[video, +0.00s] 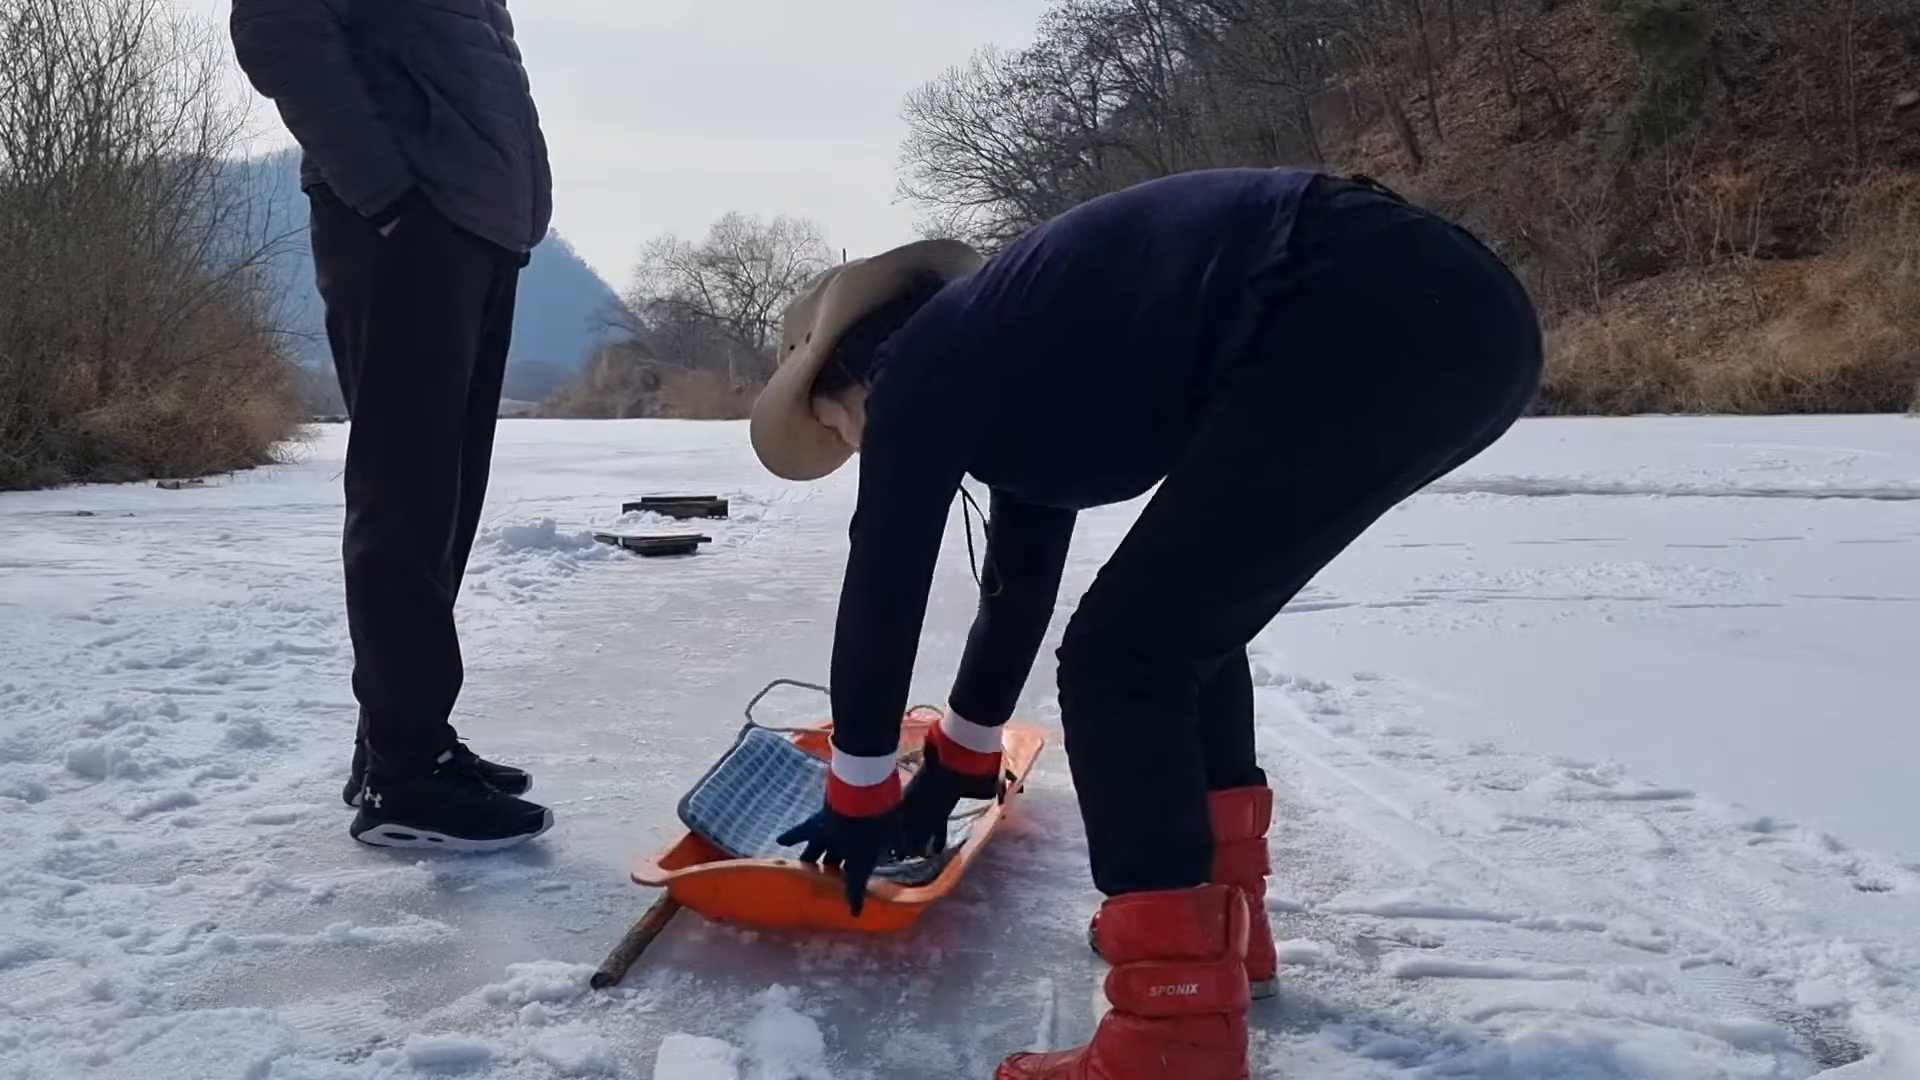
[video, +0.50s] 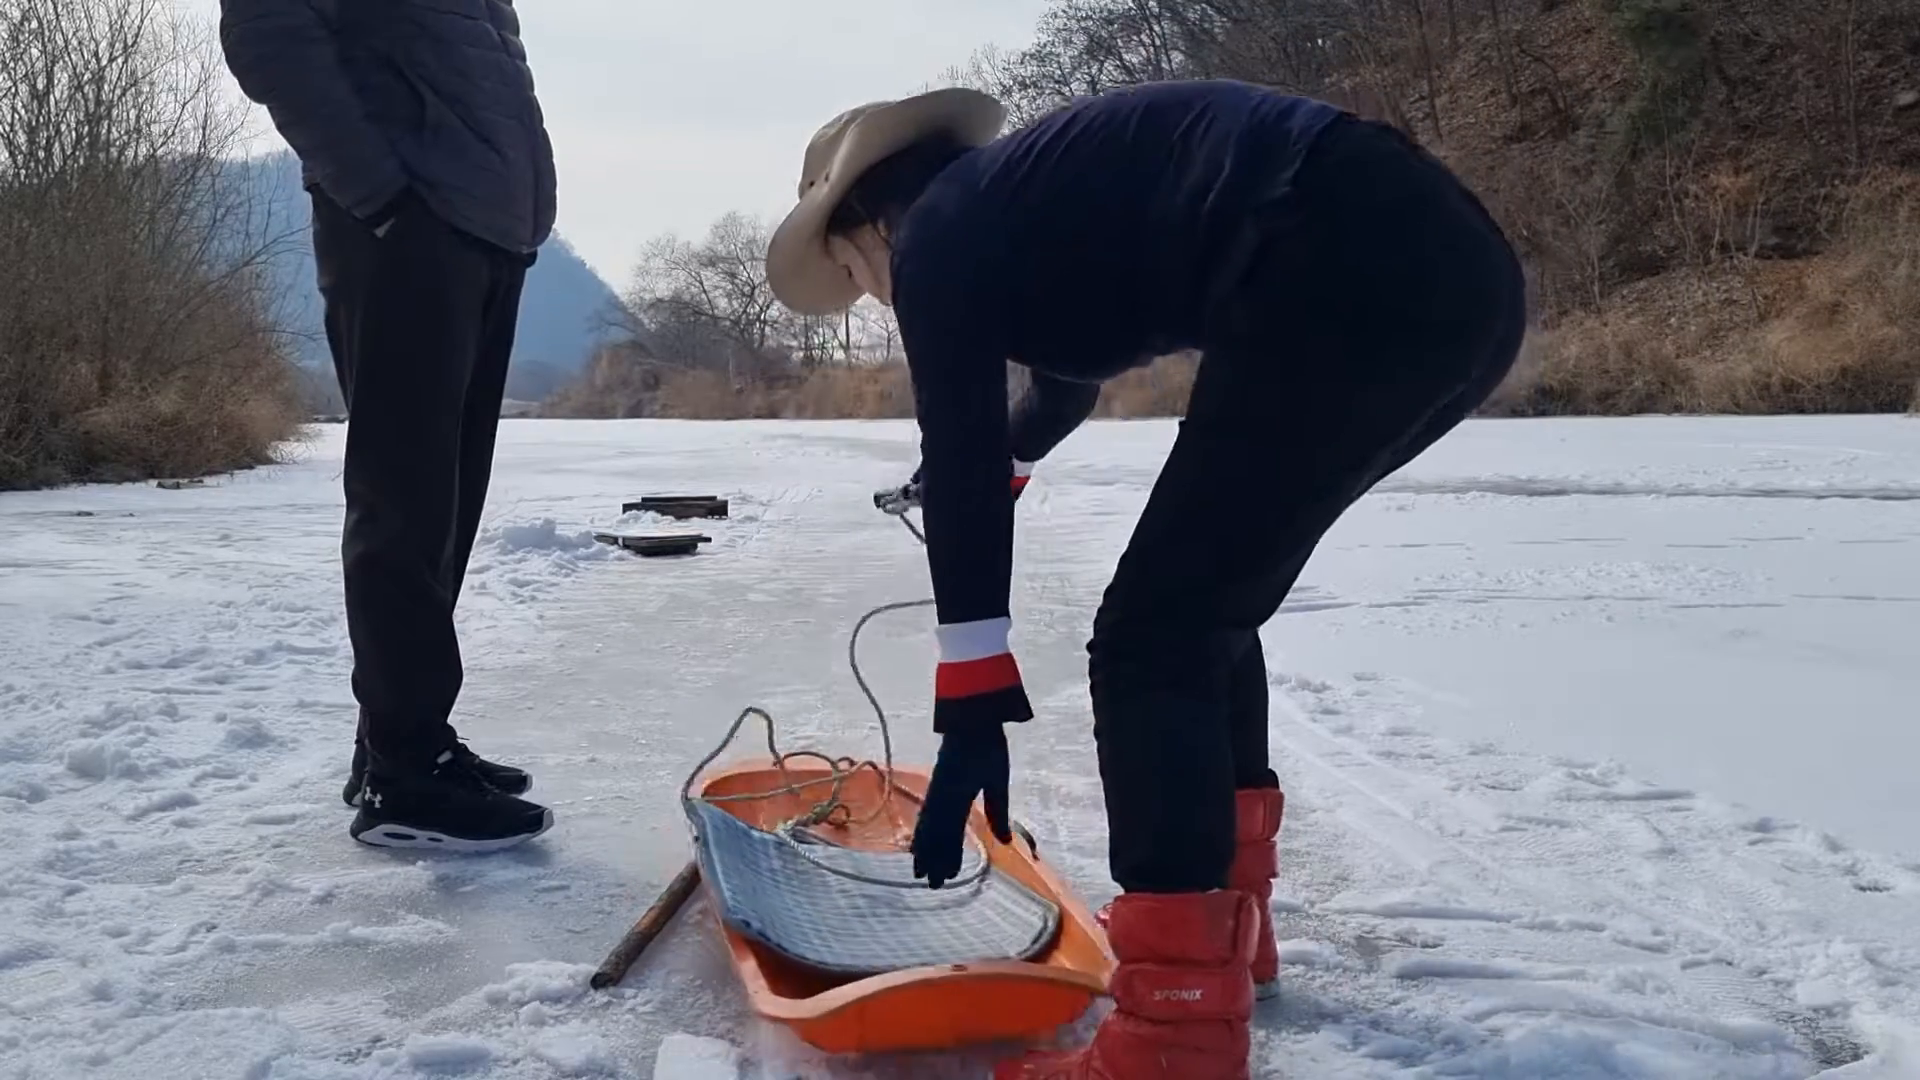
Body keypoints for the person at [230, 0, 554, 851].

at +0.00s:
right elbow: (274, 26)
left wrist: (506, 185)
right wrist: (383, 188)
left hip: (477, 219)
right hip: (402, 211)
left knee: (443, 494)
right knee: (403, 493)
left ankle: (416, 747)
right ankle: (401, 771)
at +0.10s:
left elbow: (475, 38)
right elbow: (273, 29)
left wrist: (511, 185)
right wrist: (383, 191)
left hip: (479, 221)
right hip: (402, 213)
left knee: (442, 496)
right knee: (401, 496)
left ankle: (420, 747)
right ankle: (399, 772)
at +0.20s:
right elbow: (271, 31)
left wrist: (504, 186)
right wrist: (381, 191)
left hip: (479, 223)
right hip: (402, 215)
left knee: (443, 497)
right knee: (402, 496)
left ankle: (416, 746)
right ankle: (400, 770)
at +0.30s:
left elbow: (480, 39)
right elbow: (268, 30)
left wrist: (512, 185)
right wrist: (381, 192)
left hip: (482, 225)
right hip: (402, 216)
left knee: (444, 497)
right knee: (401, 497)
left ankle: (414, 746)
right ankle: (401, 771)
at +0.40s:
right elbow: (267, 32)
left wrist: (511, 190)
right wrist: (379, 192)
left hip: (483, 224)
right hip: (404, 217)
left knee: (444, 498)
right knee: (401, 497)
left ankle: (414, 747)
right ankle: (401, 771)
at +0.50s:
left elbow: (486, 43)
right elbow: (265, 32)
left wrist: (517, 190)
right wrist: (379, 193)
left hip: (485, 228)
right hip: (404, 219)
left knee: (445, 499)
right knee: (402, 498)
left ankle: (414, 746)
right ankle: (401, 771)